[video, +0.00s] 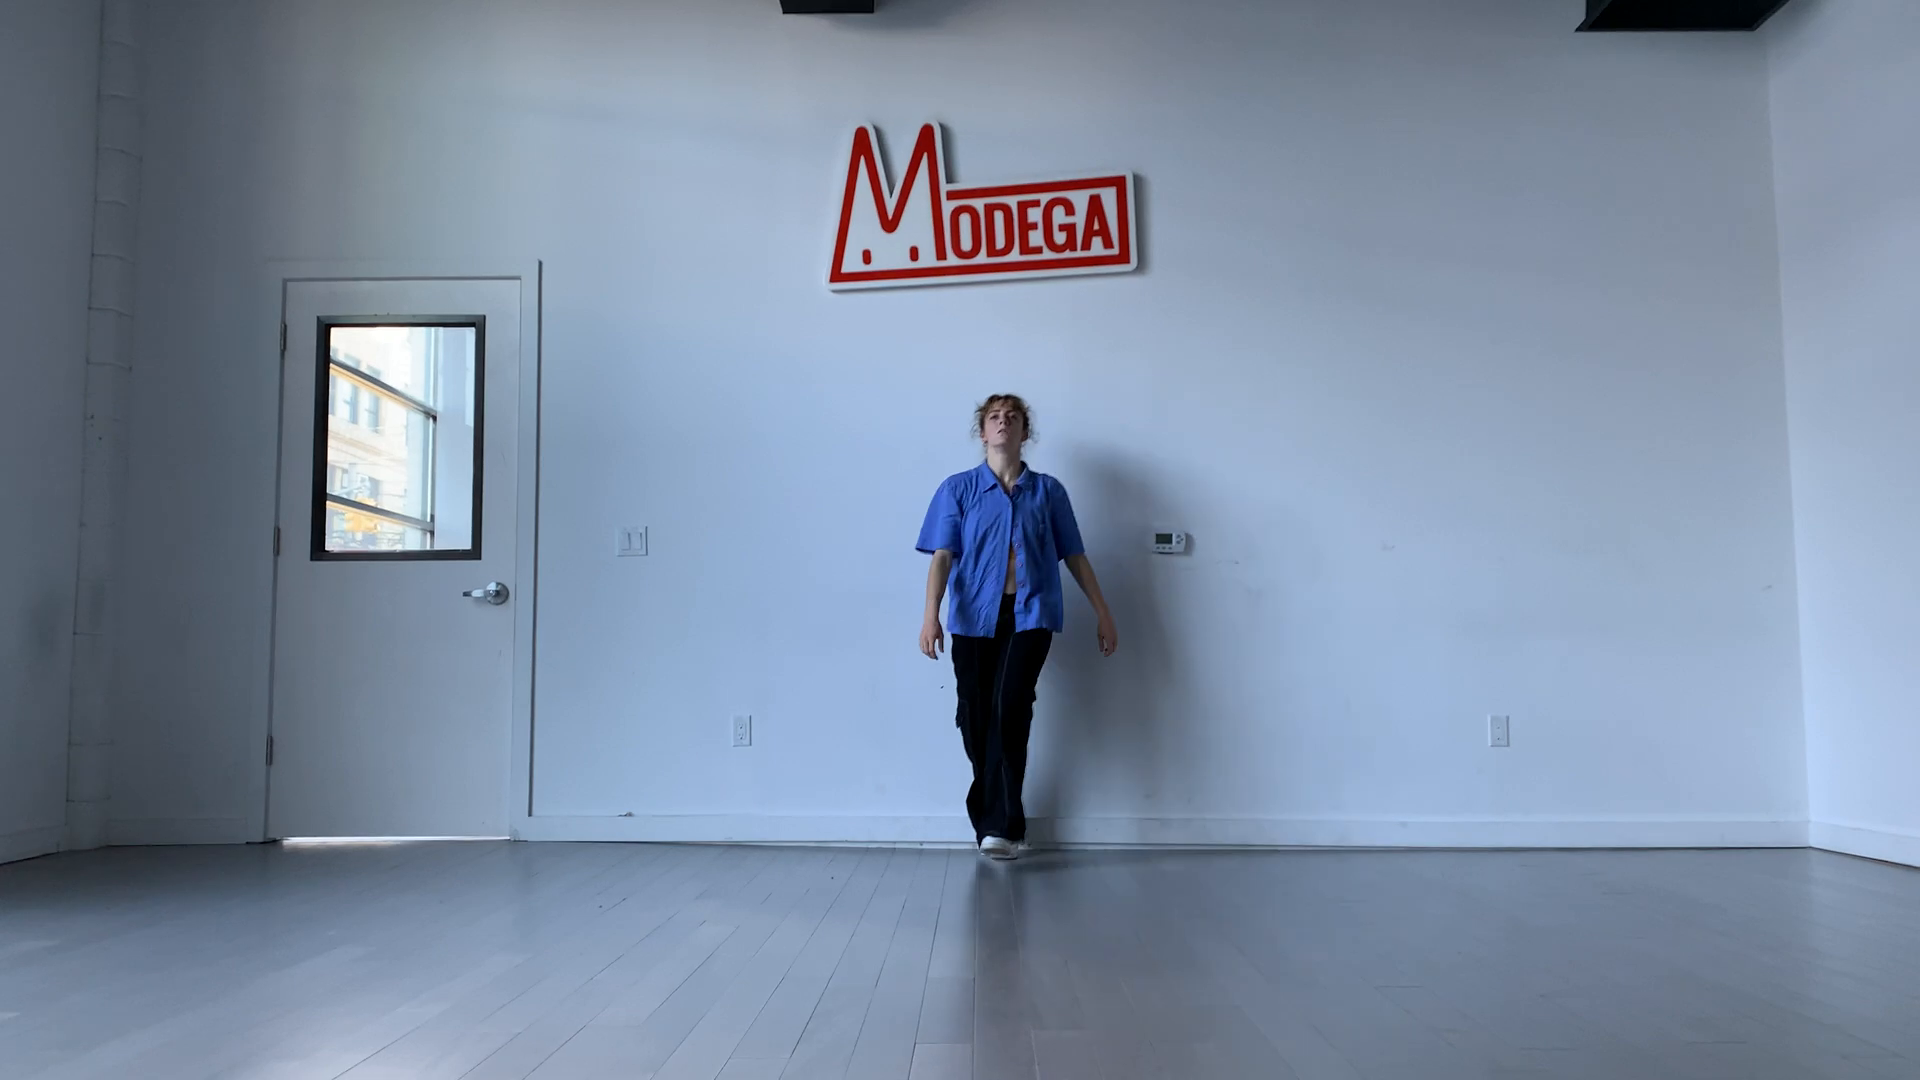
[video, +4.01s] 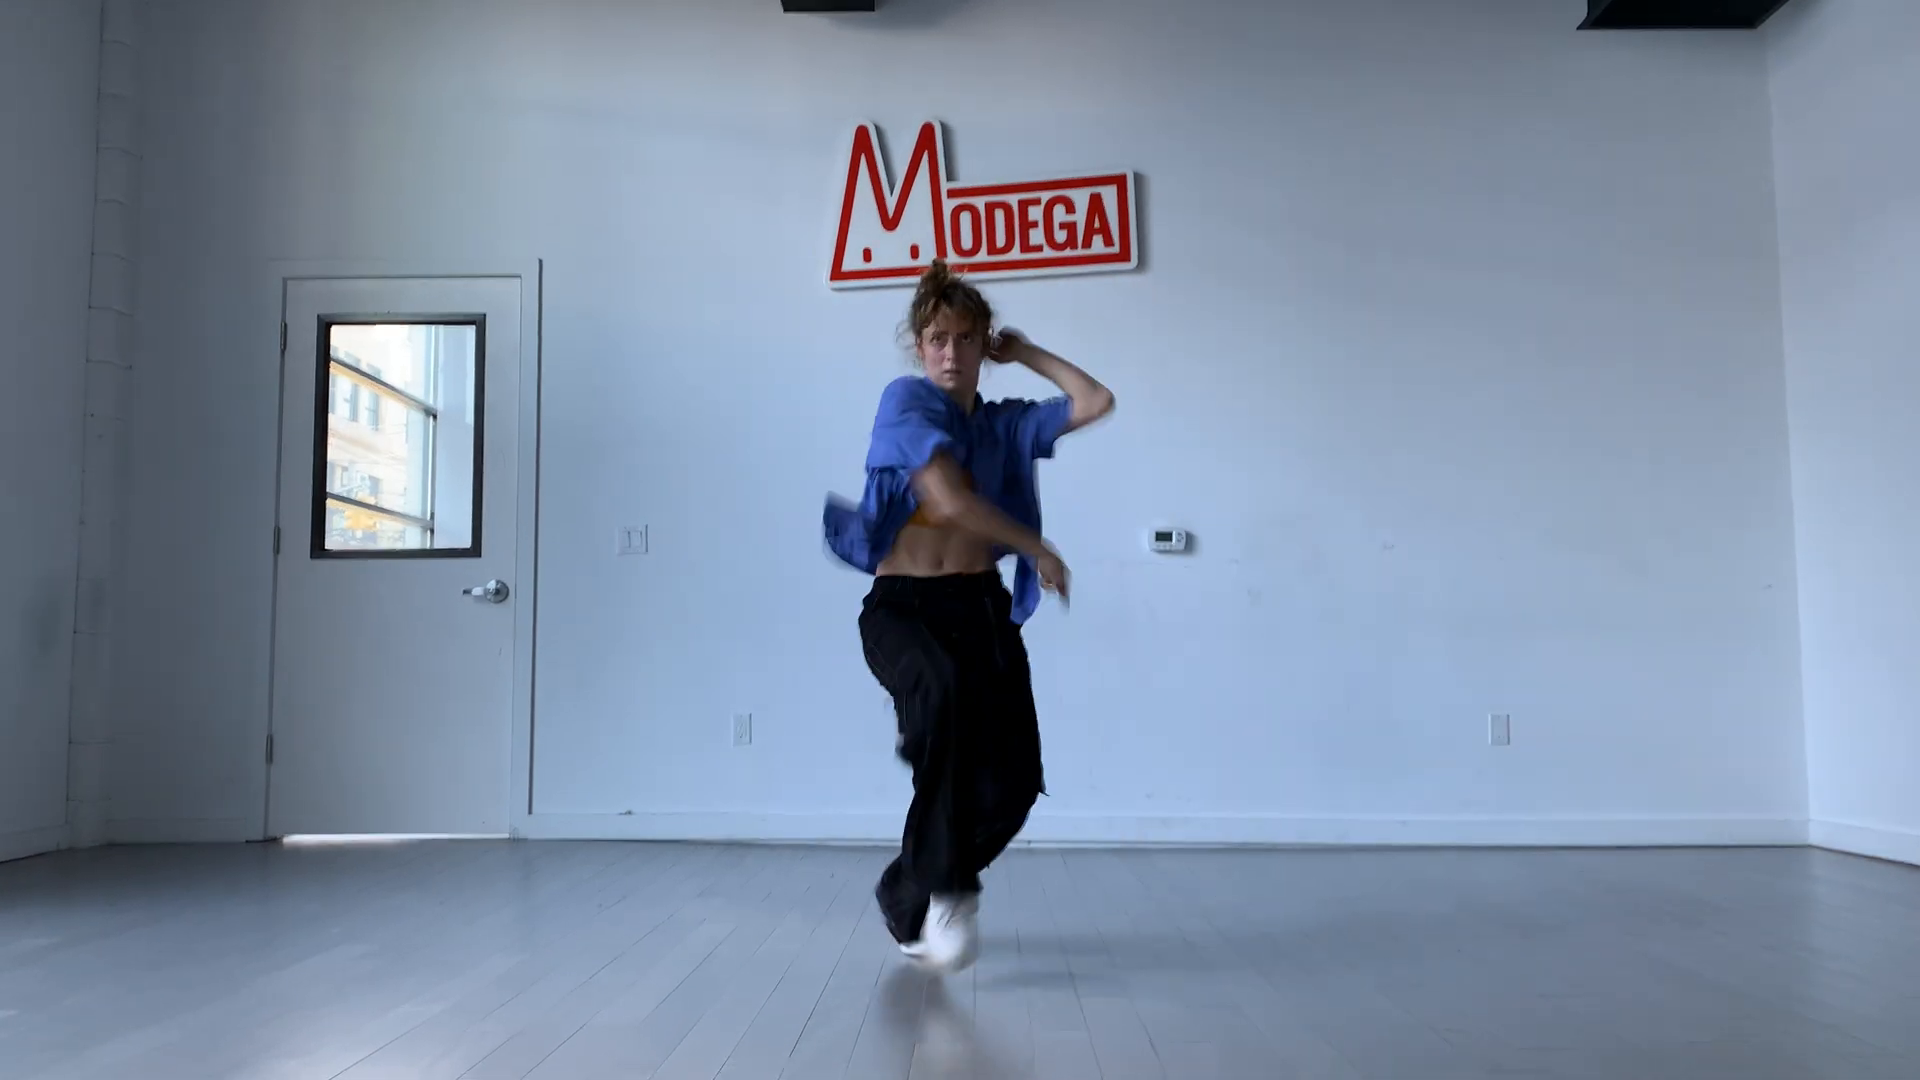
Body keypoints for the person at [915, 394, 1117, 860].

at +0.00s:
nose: (1003, 421)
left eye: (1012, 417)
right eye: (994, 416)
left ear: (1025, 433)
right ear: (981, 432)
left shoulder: (1048, 490)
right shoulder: (957, 489)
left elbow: (1075, 557)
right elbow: (942, 558)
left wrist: (1104, 614)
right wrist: (930, 617)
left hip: (1030, 616)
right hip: (974, 616)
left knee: (1011, 712)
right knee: (975, 718)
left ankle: (1002, 830)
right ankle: (995, 820)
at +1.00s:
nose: (1000, 377)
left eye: (1011, 369)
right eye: (991, 369)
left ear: (1027, 382)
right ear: (974, 384)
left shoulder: (1059, 445)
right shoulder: (952, 458)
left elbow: (1072, 519)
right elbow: (928, 542)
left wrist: (1032, 570)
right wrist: (889, 619)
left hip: (1029, 613)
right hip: (958, 615)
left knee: (1034, 739)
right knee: (975, 744)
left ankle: (1010, 852)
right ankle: (1006, 883)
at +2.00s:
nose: (1009, 281)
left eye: (1023, 274)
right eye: (997, 276)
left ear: (1050, 299)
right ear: (983, 304)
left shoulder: (1088, 377)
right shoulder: (956, 384)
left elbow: (1097, 457)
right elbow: (908, 484)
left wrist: (1013, 407)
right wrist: (852, 564)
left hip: (1050, 587)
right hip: (961, 582)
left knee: (1032, 760)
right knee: (947, 750)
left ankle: (993, 927)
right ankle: (924, 930)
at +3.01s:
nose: (1029, 318)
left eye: (1035, 303)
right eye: (1026, 306)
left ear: (1078, 297)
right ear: (1054, 305)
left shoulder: (1155, 335)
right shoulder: (1041, 378)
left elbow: (1240, 248)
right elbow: (957, 350)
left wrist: (1316, 149)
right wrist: (989, 269)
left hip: (1112, 588)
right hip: (1035, 589)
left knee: (1144, 780)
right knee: (974, 769)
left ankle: (1280, 918)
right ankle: (960, 942)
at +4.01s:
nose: (949, 353)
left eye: (962, 340)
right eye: (935, 340)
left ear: (984, 349)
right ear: (919, 347)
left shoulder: (1004, 422)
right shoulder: (907, 402)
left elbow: (1094, 402)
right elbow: (947, 499)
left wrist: (1023, 351)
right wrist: (1037, 545)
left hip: (981, 606)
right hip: (904, 605)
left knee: (1015, 775)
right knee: (945, 700)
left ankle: (912, 895)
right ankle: (953, 887)